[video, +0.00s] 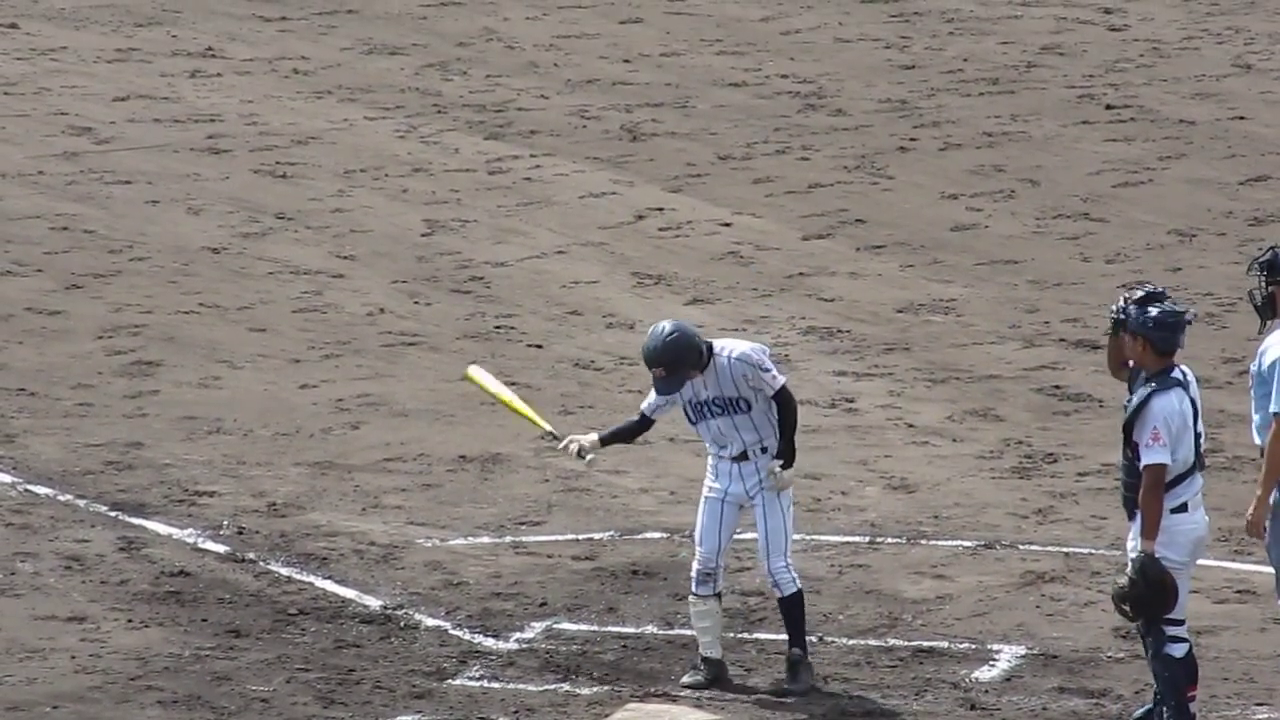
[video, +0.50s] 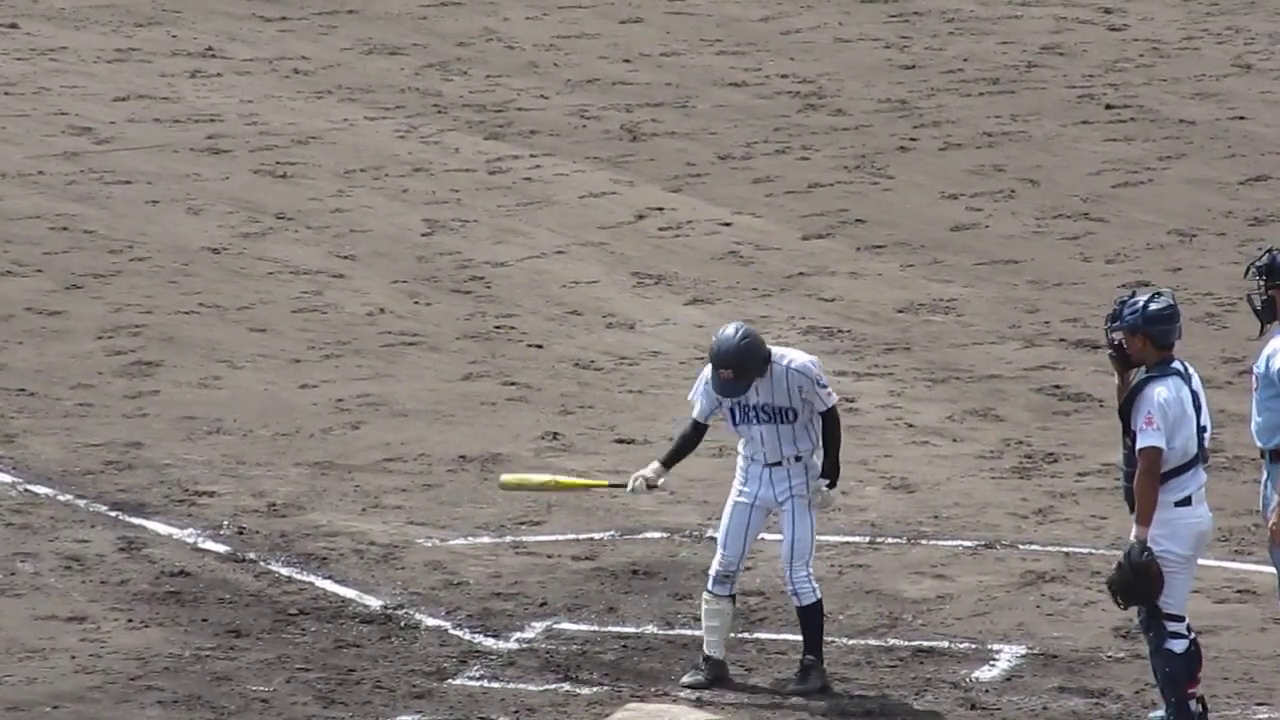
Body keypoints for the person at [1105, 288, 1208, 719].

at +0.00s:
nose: (1124, 341)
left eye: (1127, 336)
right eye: (1123, 335)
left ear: (1140, 344)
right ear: (1168, 341)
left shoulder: (1155, 405)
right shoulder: (1179, 374)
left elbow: (1154, 482)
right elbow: (1121, 367)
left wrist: (1147, 551)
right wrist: (1118, 325)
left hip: (1167, 525)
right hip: (1185, 514)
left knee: (1167, 624)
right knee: (1153, 615)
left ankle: (1178, 709)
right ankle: (1167, 698)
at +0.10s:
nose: (1127, 346)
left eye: (1129, 340)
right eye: (1127, 339)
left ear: (1141, 345)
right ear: (1169, 341)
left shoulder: (1154, 405)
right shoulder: (1181, 375)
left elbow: (1151, 483)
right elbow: (1124, 388)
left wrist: (1145, 549)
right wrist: (1116, 347)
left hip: (1168, 525)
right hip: (1187, 514)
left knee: (1166, 624)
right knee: (1159, 615)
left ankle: (1180, 710)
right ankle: (1171, 699)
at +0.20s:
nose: (1124, 342)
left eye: (1127, 337)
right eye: (1125, 336)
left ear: (1140, 345)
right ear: (1168, 340)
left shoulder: (1155, 404)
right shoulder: (1182, 376)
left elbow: (1150, 481)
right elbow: (1127, 407)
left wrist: (1142, 548)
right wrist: (1119, 359)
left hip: (1166, 523)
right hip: (1186, 514)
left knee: (1164, 624)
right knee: (1161, 617)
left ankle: (1184, 708)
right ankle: (1179, 700)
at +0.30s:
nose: (1126, 342)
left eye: (1131, 336)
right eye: (1127, 335)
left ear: (1145, 342)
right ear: (1170, 340)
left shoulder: (1157, 399)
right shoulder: (1185, 376)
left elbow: (1152, 476)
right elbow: (1133, 428)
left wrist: (1143, 543)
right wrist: (1125, 375)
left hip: (1168, 520)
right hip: (1190, 511)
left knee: (1167, 623)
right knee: (1163, 615)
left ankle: (1187, 708)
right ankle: (1182, 701)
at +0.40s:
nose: (1122, 341)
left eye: (1127, 335)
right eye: (1123, 334)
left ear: (1143, 340)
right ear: (1164, 337)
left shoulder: (1153, 394)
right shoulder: (1182, 373)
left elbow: (1149, 469)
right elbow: (1130, 425)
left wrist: (1139, 539)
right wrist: (1123, 375)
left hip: (1165, 517)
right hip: (1189, 509)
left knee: (1163, 621)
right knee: (1166, 613)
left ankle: (1182, 707)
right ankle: (1180, 699)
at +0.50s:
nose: (1121, 341)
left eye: (1125, 334)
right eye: (1122, 334)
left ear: (1141, 340)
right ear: (1166, 336)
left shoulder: (1152, 392)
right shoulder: (1185, 374)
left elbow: (1149, 467)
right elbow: (1130, 425)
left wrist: (1139, 536)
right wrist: (1123, 374)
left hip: (1168, 518)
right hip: (1193, 510)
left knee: (1163, 621)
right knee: (1167, 613)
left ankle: (1182, 708)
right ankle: (1184, 699)